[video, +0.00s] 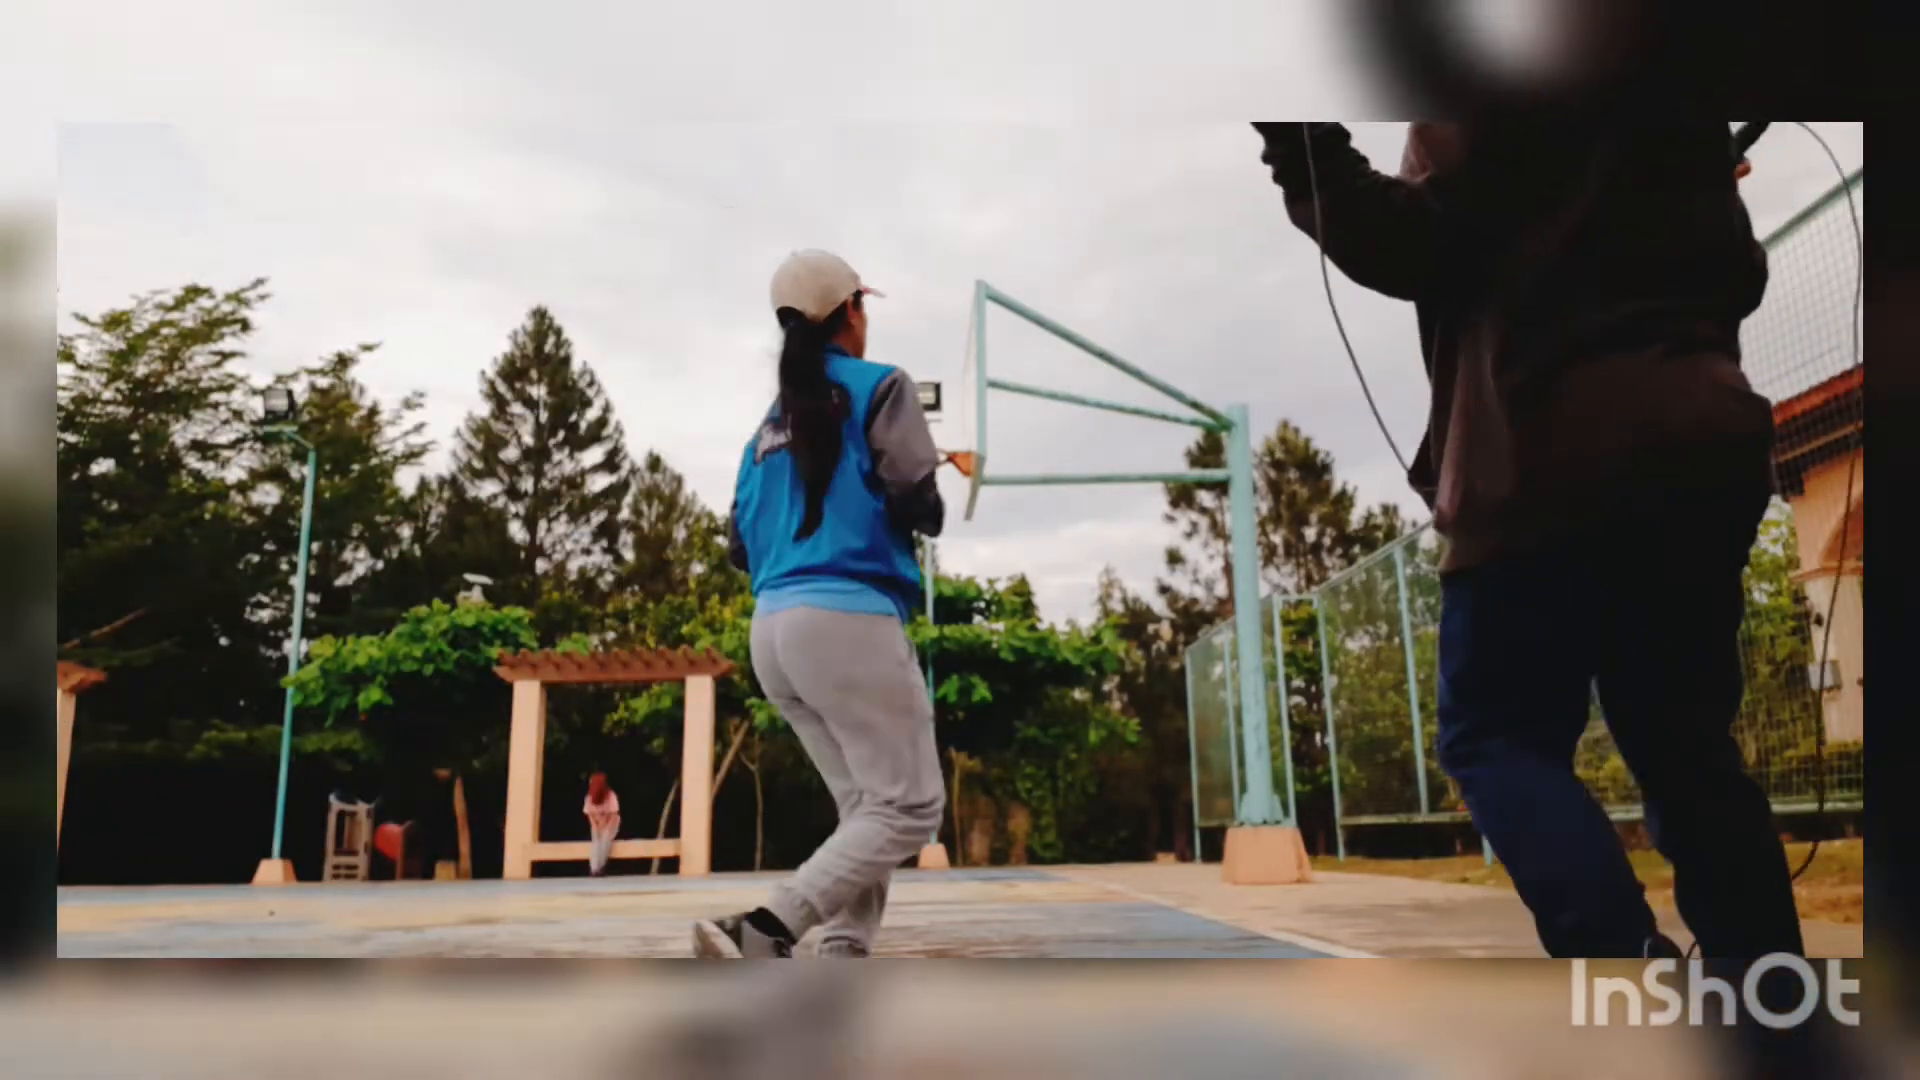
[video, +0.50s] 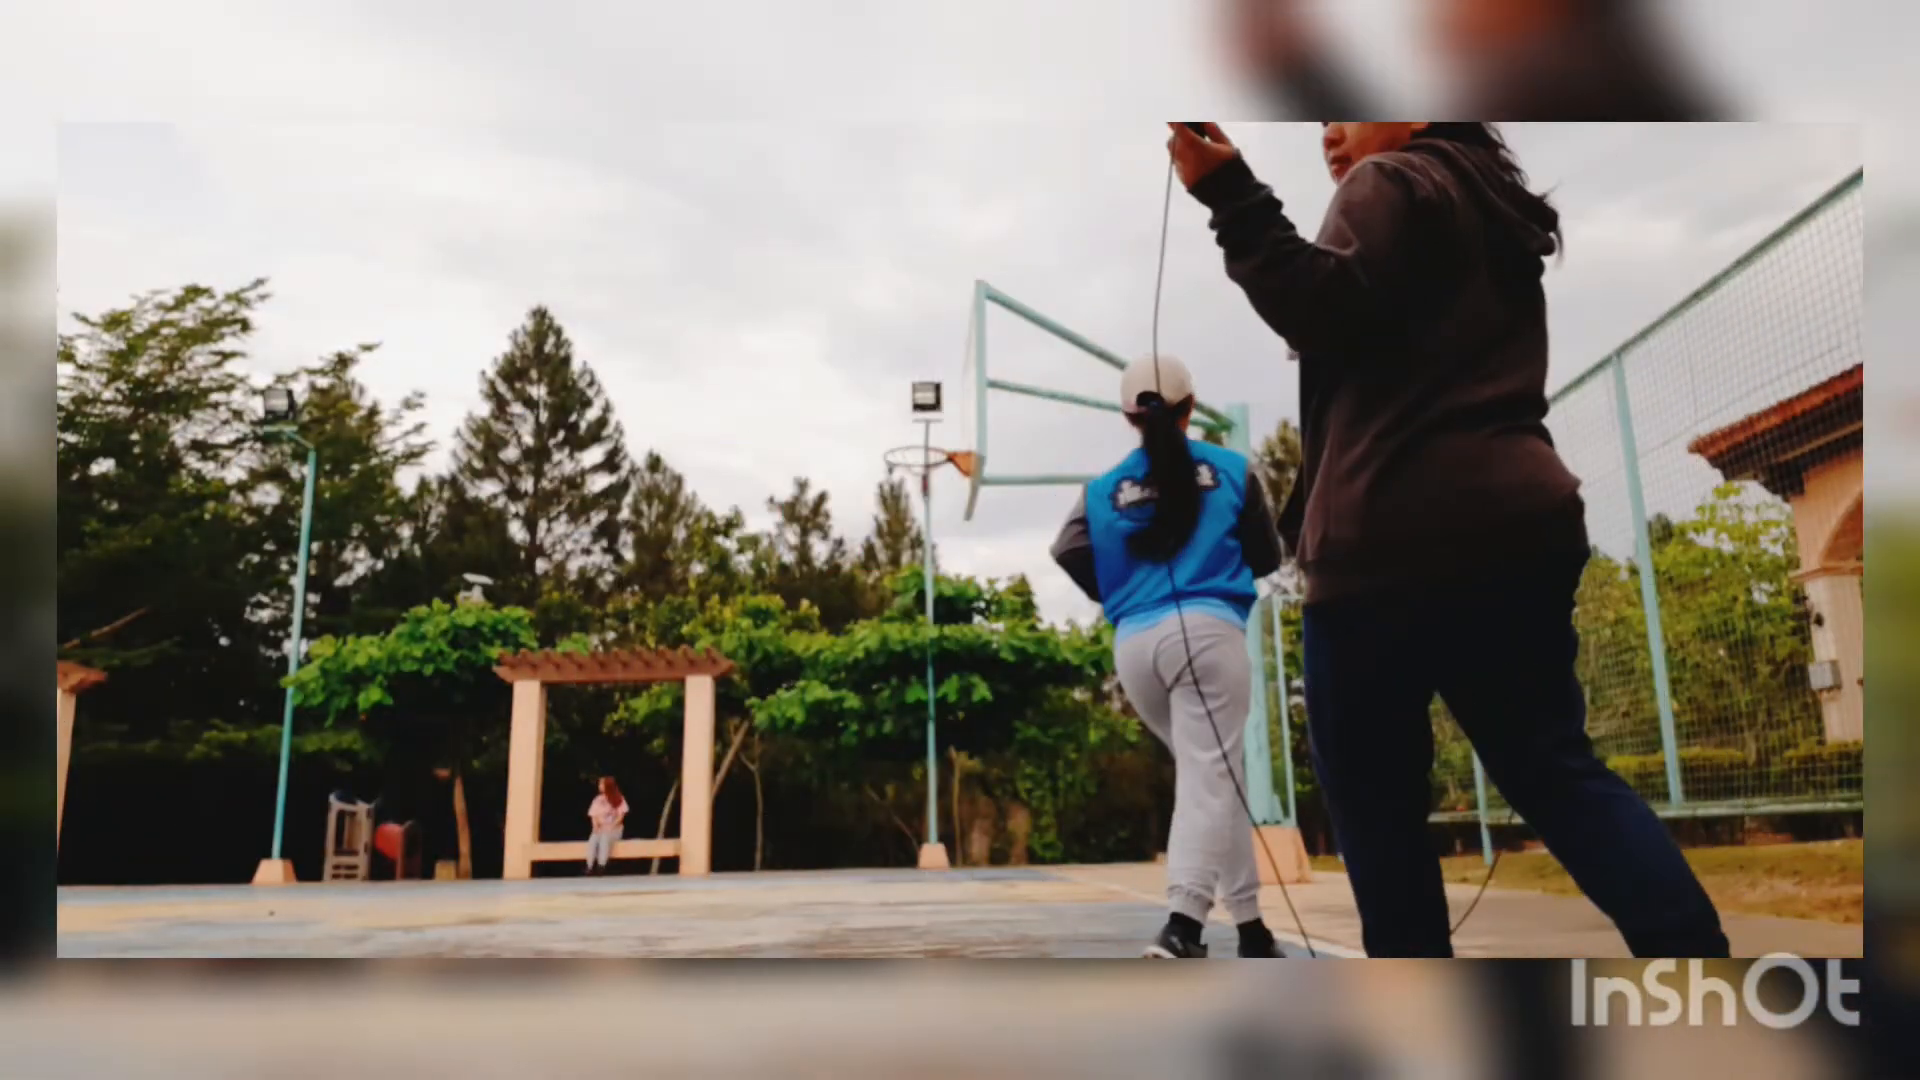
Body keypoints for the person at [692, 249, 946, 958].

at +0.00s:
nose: (866, 318)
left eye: (862, 305)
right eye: (861, 307)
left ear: (793, 324)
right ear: (849, 315)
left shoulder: (767, 424)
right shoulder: (880, 385)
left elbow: (740, 539)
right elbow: (919, 503)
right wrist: (930, 493)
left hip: (771, 628)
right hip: (846, 620)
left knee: (860, 806)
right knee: (908, 805)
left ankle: (840, 964)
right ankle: (769, 926)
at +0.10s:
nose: (939, 327)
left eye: (935, 317)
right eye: (935, 318)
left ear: (867, 337)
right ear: (921, 326)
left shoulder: (850, 423)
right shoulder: (941, 389)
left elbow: (836, 528)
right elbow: (962, 489)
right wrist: (993, 502)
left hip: (844, 617)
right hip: (919, 608)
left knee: (890, 808)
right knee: (1009, 775)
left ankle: (845, 956)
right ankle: (964, 938)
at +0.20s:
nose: (1006, 334)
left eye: (1001, 323)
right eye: (1001, 324)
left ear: (940, 339)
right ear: (988, 331)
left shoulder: (927, 409)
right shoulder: (999, 391)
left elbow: (950, 501)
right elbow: (1025, 488)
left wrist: (1034, 468)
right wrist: (1060, 491)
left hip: (918, 602)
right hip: (996, 594)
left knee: (922, 773)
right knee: (1063, 765)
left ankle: (866, 932)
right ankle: (1107, 939)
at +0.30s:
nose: (1094, 375)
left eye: (1089, 365)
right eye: (1091, 366)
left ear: (1027, 378)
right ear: (1083, 373)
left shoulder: (1004, 450)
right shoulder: (1102, 432)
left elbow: (1020, 533)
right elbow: (1130, 503)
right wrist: (1162, 530)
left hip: (1017, 639)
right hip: (1096, 630)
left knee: (1065, 808)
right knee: (1154, 799)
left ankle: (980, 898)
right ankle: (1163, 947)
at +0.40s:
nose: (1163, 410)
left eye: (1154, 402)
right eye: (1162, 403)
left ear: (1095, 412)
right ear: (1156, 408)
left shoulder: (1065, 495)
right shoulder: (1187, 467)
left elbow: (1035, 575)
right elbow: (1237, 558)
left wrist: (1096, 584)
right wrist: (1189, 547)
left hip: (1094, 659)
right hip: (1169, 643)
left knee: (1165, 789)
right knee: (1193, 804)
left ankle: (1146, 905)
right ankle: (1170, 939)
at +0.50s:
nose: (1189, 412)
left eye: (1139, 406)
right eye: (1190, 404)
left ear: (1128, 413)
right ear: (1190, 410)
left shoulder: (1101, 487)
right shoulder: (1233, 469)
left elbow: (1067, 549)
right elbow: (1265, 555)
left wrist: (1121, 597)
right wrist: (1213, 556)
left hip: (1134, 645)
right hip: (1209, 632)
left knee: (1213, 772)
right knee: (1205, 774)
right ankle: (1183, 923)